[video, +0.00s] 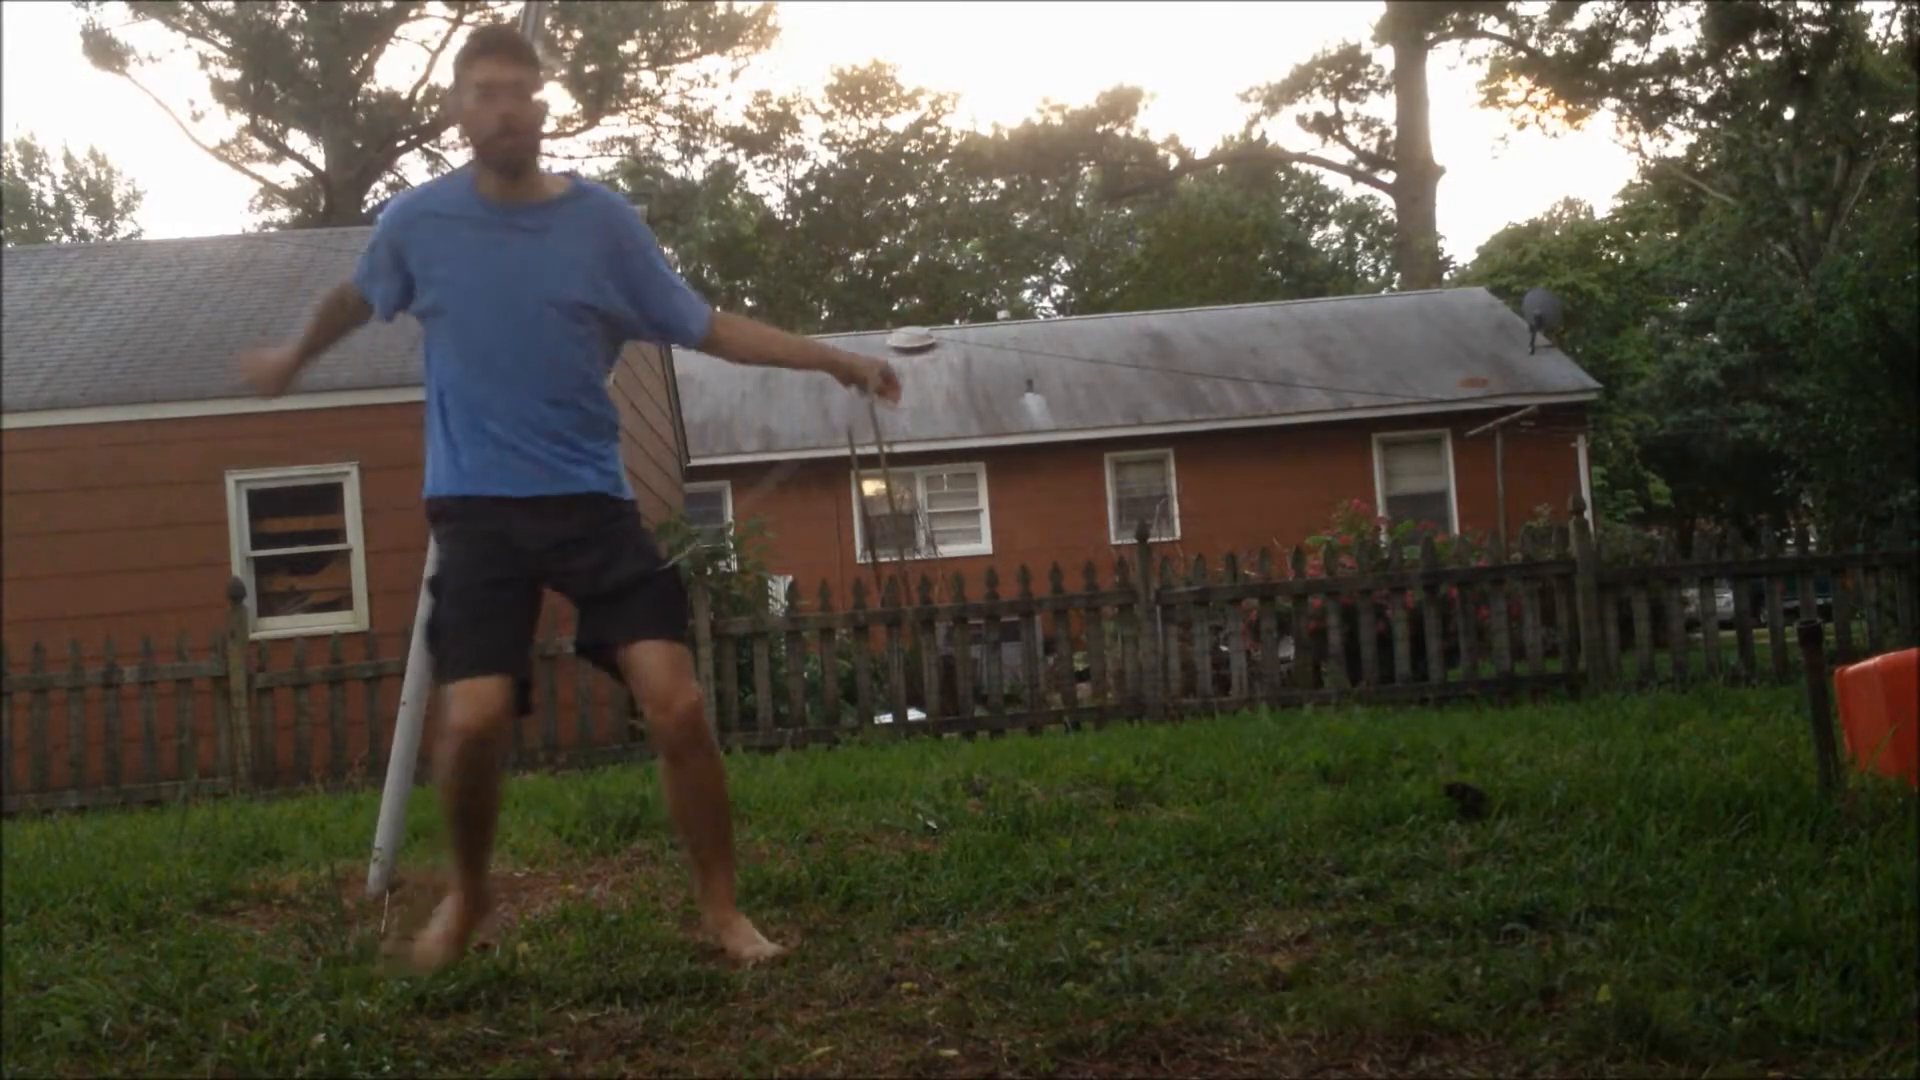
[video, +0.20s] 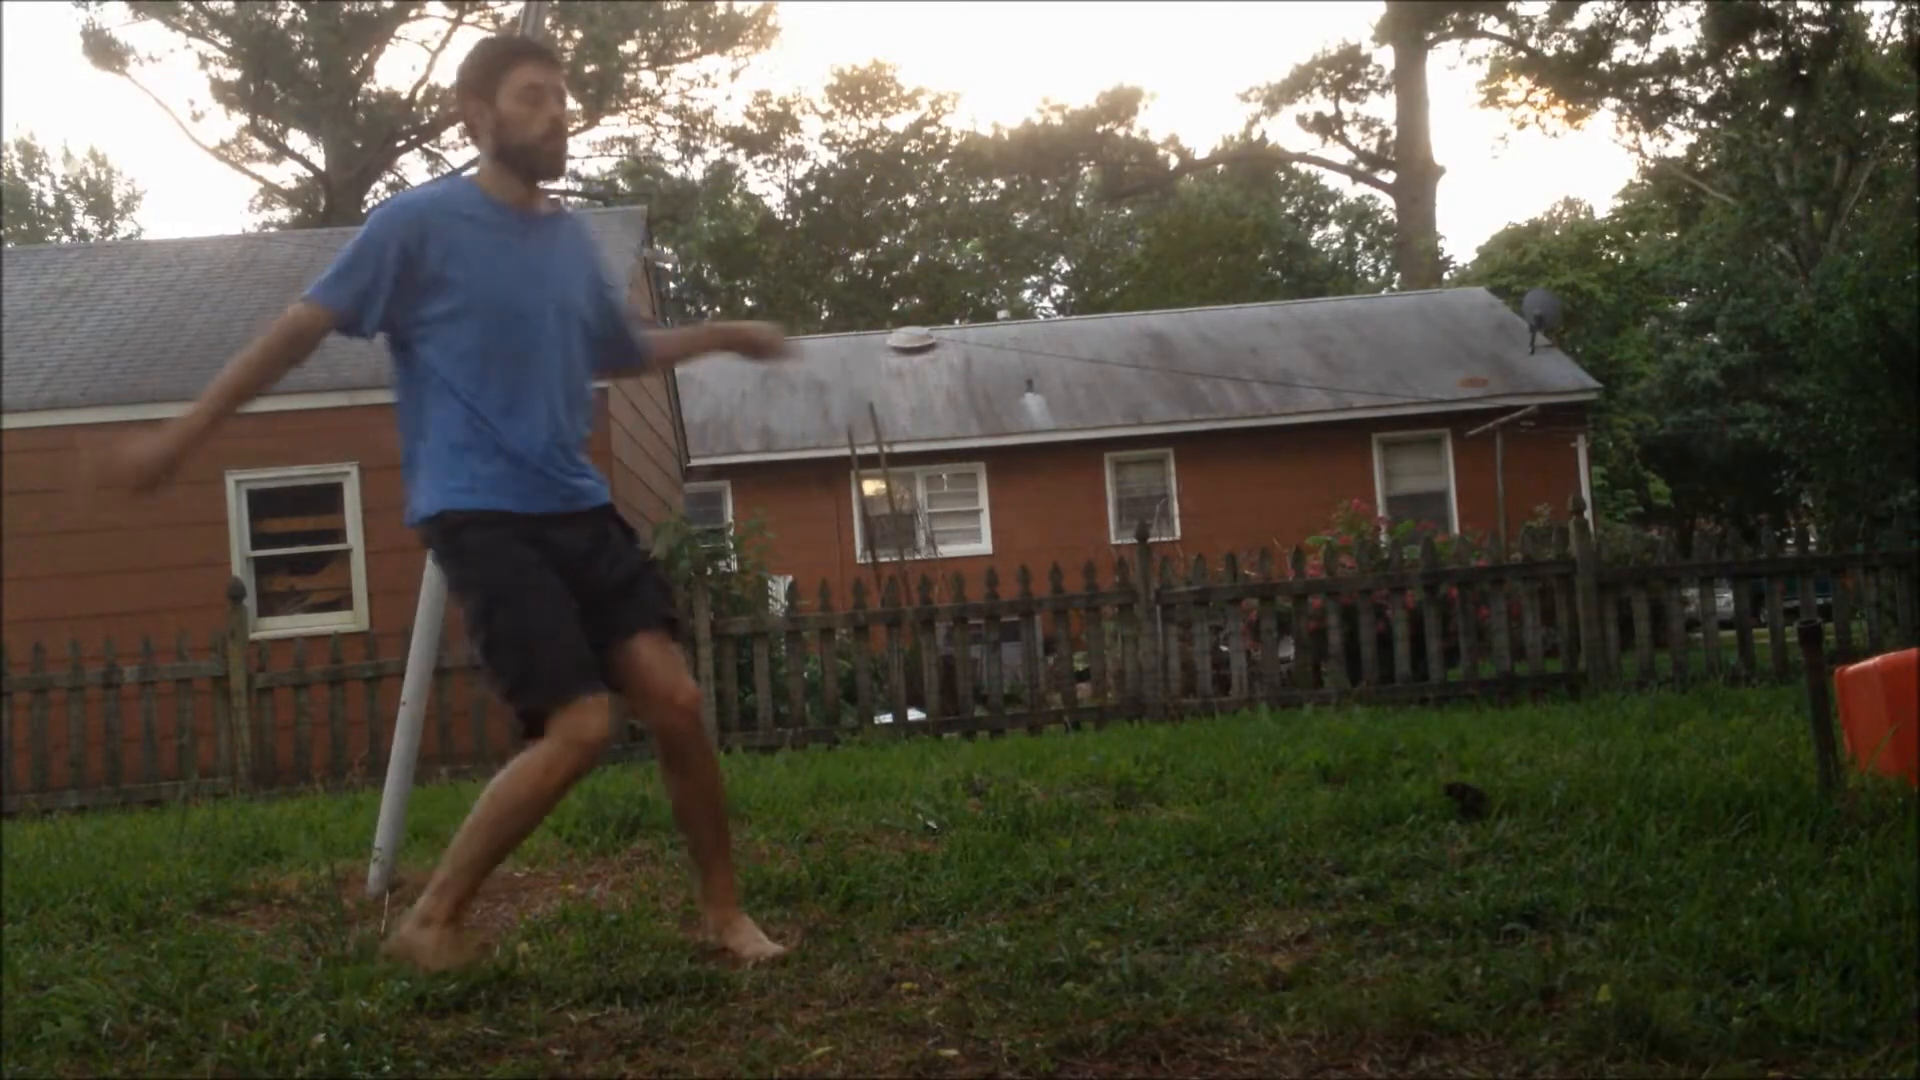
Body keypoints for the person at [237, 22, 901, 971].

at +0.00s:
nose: (506, 109)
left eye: (521, 92)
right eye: (486, 93)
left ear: (543, 103)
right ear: (455, 109)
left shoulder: (601, 218)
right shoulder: (415, 218)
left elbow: (702, 324)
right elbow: (351, 299)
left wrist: (835, 360)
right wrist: (289, 359)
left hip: (593, 502)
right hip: (474, 507)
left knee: (681, 709)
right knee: (473, 722)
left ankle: (722, 915)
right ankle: (466, 898)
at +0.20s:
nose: (559, 113)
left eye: (562, 98)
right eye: (535, 98)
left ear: (565, 111)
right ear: (475, 113)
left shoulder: (571, 236)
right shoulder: (418, 218)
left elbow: (615, 354)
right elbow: (301, 326)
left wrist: (721, 335)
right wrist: (178, 437)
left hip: (575, 500)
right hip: (475, 504)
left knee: (678, 703)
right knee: (579, 725)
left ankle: (725, 918)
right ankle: (429, 924)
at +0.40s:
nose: (509, 81)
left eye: (503, 62)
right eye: (495, 61)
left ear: (432, 78)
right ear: (445, 73)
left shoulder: (425, 182)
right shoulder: (398, 170)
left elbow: (411, 303)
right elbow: (380, 298)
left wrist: (482, 319)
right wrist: (367, 408)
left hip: (461, 483)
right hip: (408, 488)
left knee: (588, 646)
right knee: (492, 711)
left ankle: (569, 881)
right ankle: (407, 942)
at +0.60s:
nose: (418, 57)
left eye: (414, 37)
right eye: (409, 35)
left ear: (329, 45)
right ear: (365, 36)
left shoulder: (283, 150)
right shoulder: (347, 116)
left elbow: (228, 310)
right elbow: (399, 205)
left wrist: (343, 342)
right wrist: (440, 242)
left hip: (287, 441)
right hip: (353, 440)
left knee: (344, 680)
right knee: (406, 702)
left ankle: (187, 863)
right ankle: (376, 961)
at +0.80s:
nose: (302, 98)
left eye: (302, 87)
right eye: (298, 85)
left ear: (209, 95)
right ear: (268, 81)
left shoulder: (154, 217)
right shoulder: (271, 134)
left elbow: (74, 361)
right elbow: (276, 158)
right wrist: (294, 173)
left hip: (199, 500)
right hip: (311, 490)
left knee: (112, 719)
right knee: (381, 720)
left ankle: (4, 893)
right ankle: (371, 962)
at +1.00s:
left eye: (110, 72)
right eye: (168, 75)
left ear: (93, 81)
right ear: (176, 79)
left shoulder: (27, 197)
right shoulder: (204, 144)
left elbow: (6, 319)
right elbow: (222, 248)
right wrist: (268, 396)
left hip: (90, 499)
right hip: (211, 493)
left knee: (28, 724)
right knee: (311, 715)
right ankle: (353, 947)